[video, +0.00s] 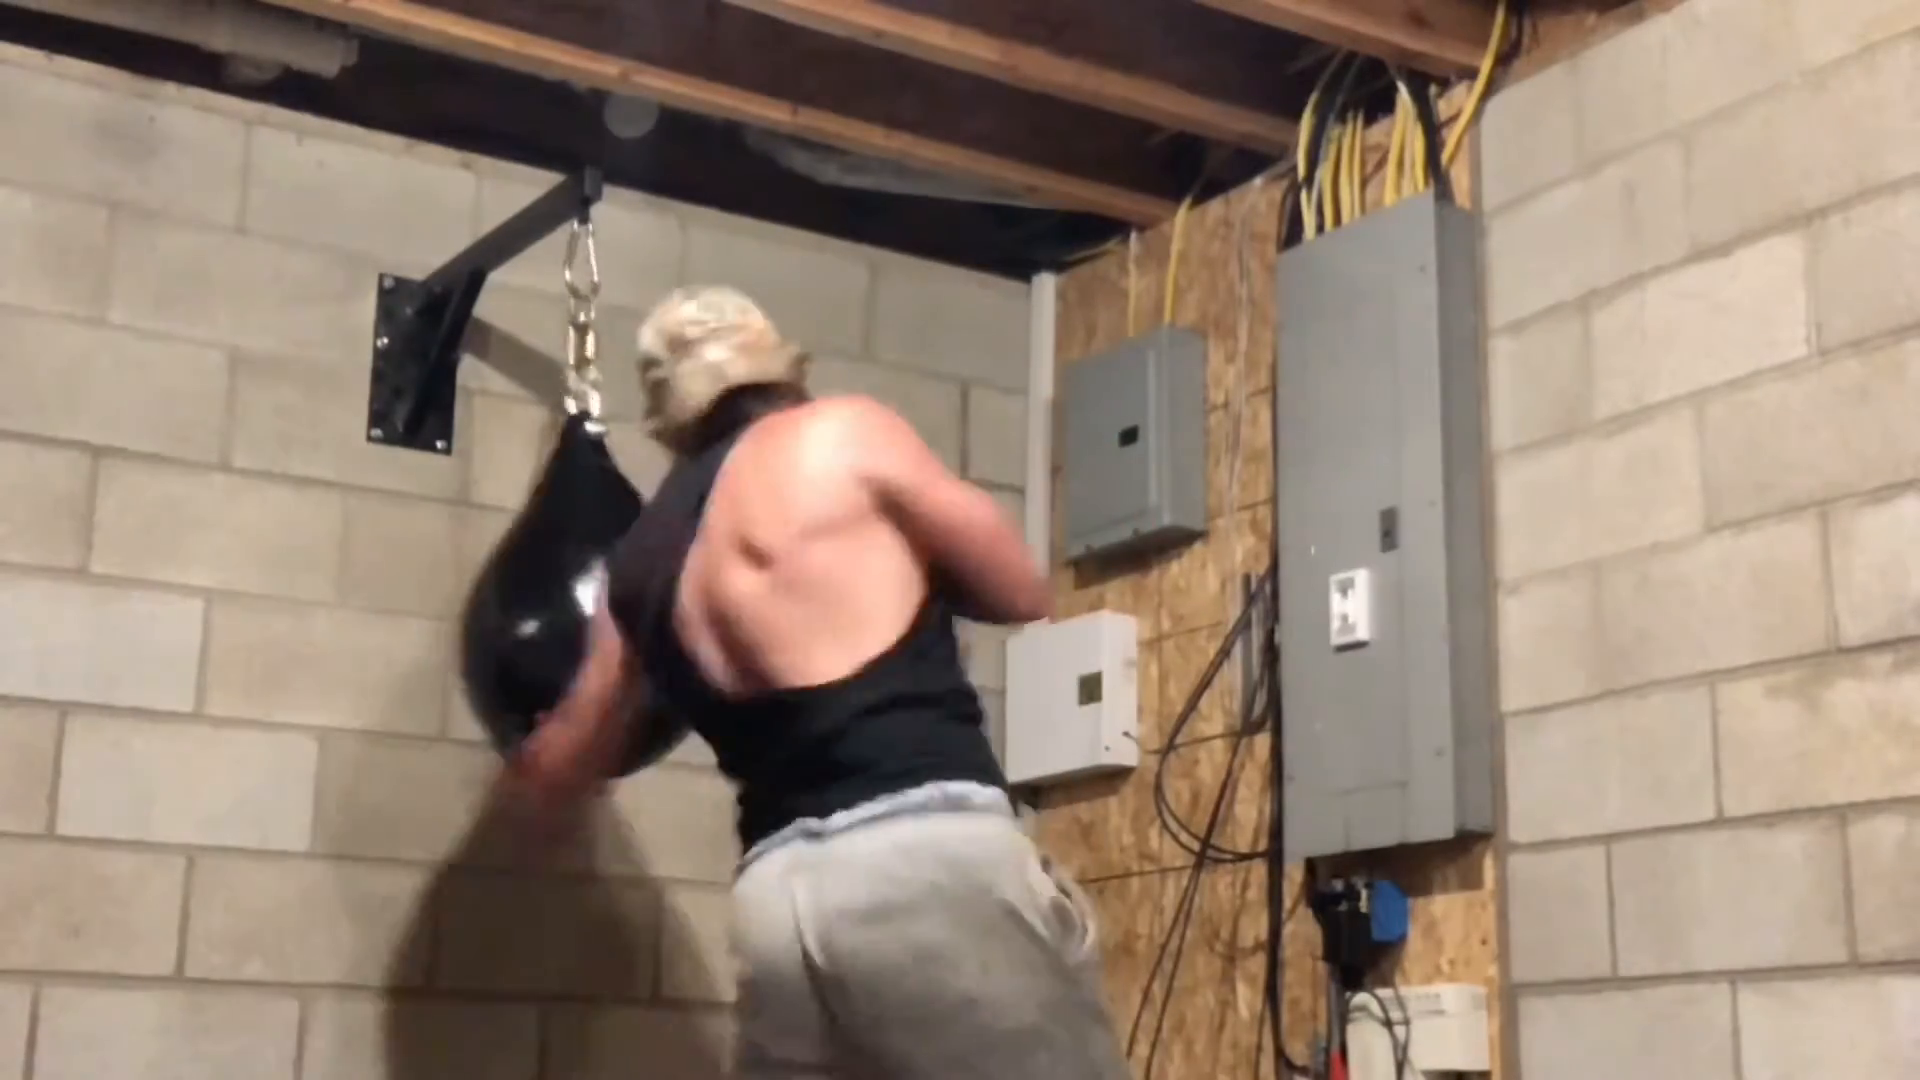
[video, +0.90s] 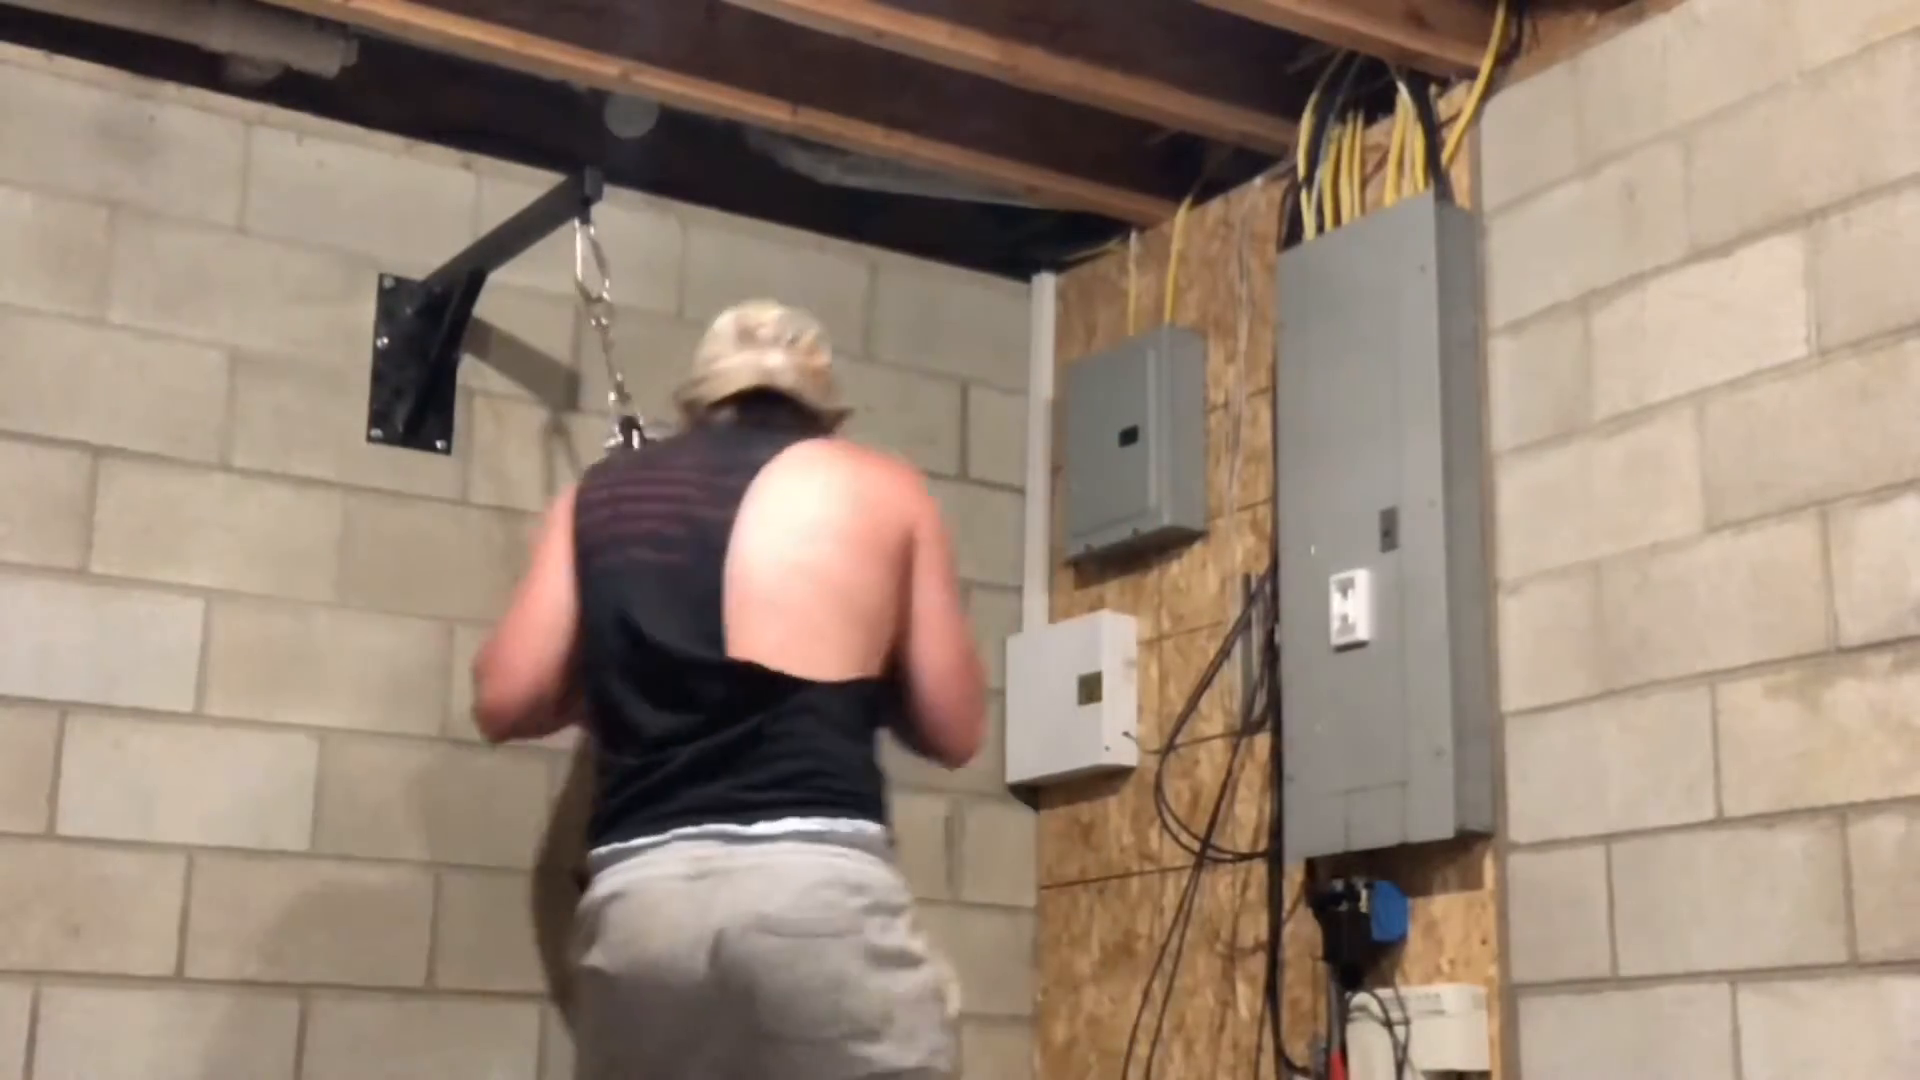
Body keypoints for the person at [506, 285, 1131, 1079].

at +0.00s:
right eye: (779, 350)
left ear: (663, 417)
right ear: (779, 362)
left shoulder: (646, 559)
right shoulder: (849, 430)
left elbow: (564, 762)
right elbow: (1021, 589)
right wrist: (900, 547)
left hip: (774, 899)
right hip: (939, 861)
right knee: (1064, 1067)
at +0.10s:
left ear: (632, 449)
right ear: (754, 402)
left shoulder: (607, 588)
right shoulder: (870, 457)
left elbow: (618, 811)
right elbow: (989, 659)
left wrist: (724, 735)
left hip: (778, 936)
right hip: (965, 895)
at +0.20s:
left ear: (643, 485)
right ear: (760, 464)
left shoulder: (638, 569)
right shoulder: (886, 545)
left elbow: (593, 781)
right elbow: (962, 770)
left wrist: (678, 838)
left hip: (775, 940)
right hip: (960, 923)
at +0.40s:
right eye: (873, 404)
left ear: (742, 408)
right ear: (860, 399)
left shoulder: (670, 501)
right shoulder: (868, 466)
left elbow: (498, 566)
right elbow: (976, 686)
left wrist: (432, 592)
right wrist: (989, 602)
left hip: (656, 879)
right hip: (803, 868)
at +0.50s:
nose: (866, 423)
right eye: (860, 413)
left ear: (728, 405)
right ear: (847, 406)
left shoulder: (621, 501)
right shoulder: (854, 465)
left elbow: (435, 619)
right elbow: (947, 691)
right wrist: (947, 586)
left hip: (615, 879)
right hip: (778, 858)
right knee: (910, 1064)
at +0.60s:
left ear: (672, 441)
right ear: (791, 450)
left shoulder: (570, 512)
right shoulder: (847, 529)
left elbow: (408, 632)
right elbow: (916, 765)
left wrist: (547, 690)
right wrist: (819, 684)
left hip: (601, 910)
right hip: (789, 901)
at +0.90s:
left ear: (695, 401)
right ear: (823, 399)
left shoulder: (598, 492)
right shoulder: (888, 487)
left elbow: (506, 703)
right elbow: (954, 730)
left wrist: (621, 668)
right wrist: (856, 650)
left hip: (639, 907)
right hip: (829, 902)